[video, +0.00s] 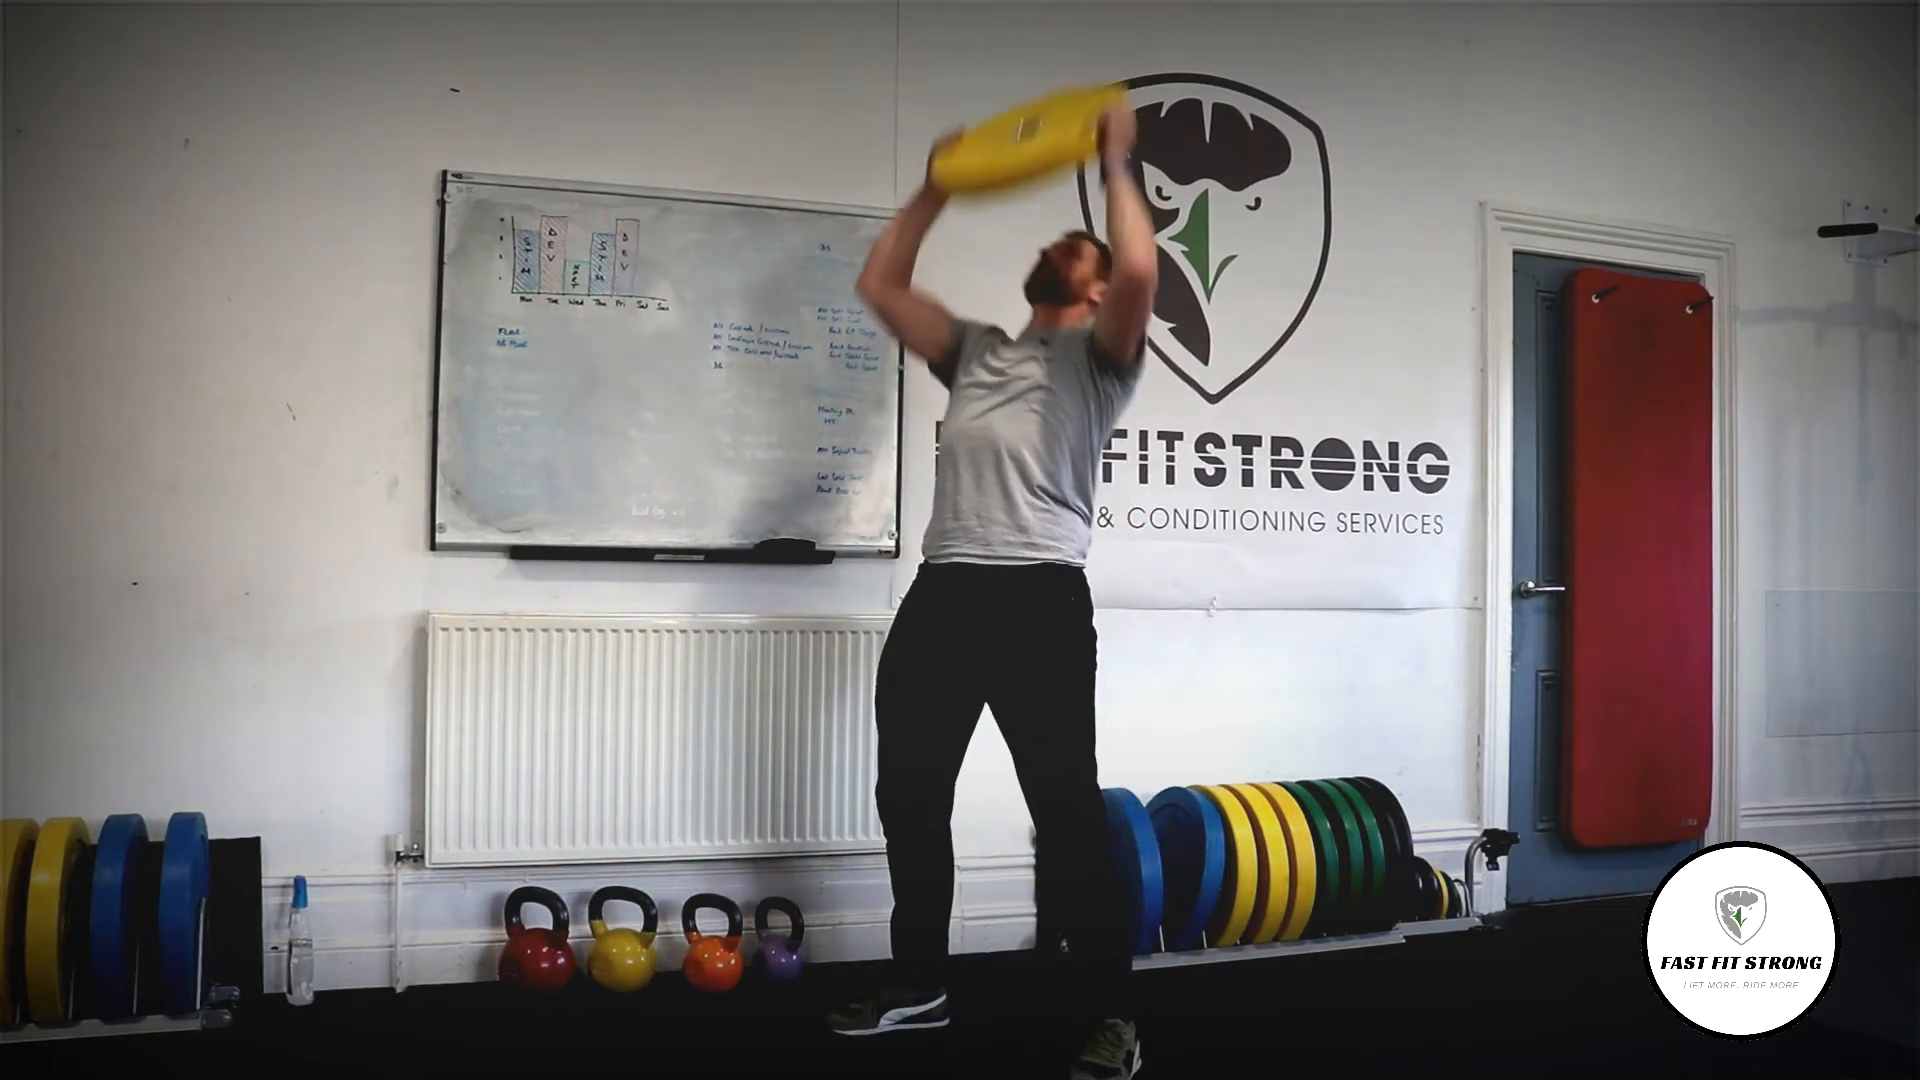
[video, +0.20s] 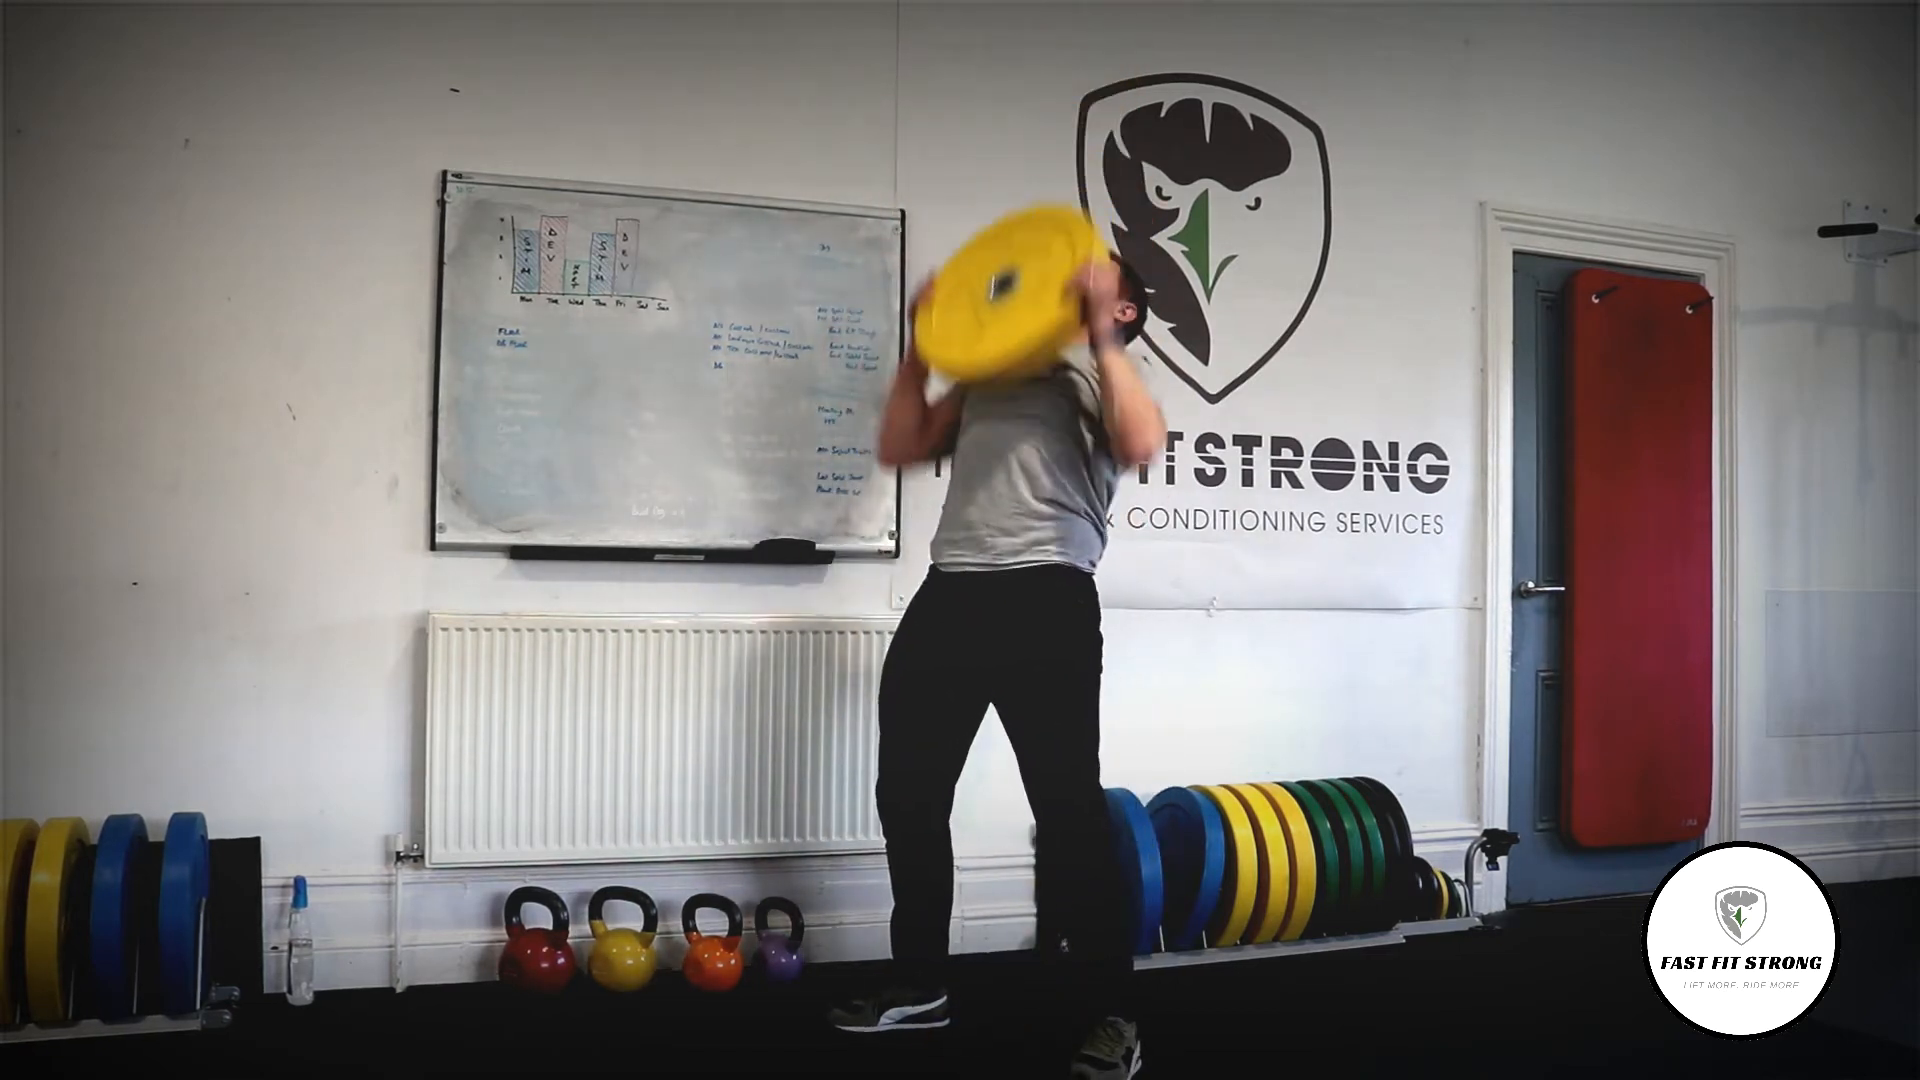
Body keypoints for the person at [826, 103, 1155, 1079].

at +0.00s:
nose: (1062, 252)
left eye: (1082, 252)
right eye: (1057, 248)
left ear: (1104, 287)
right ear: (1035, 281)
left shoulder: (1099, 360)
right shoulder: (973, 350)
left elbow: (1136, 276)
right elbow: (881, 283)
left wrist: (1117, 163)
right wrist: (934, 190)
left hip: (1041, 596)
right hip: (941, 595)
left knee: (1064, 804)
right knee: (910, 798)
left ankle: (1097, 1011)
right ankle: (919, 987)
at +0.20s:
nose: (1076, 285)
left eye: (1097, 282)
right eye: (1074, 275)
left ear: (1124, 313)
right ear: (1046, 286)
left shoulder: (1109, 381)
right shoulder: (991, 373)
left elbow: (1141, 448)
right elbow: (899, 449)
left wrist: (1103, 332)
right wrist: (918, 345)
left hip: (1047, 596)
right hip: (949, 597)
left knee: (1067, 806)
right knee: (909, 799)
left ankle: (1101, 1011)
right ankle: (921, 988)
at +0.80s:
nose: (1023, 281)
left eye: (1039, 265)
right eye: (1016, 267)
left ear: (1087, 265)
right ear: (1013, 271)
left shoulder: (1127, 339)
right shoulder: (1001, 347)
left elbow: (1166, 447)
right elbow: (953, 446)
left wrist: (1080, 460)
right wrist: (890, 474)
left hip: (1081, 596)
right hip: (987, 597)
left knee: (1090, 799)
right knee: (941, 791)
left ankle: (1108, 1008)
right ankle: (929, 982)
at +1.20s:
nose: (928, 325)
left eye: (941, 307)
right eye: (918, 309)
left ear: (987, 286)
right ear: (912, 302)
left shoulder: (1058, 358)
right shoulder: (920, 377)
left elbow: (1100, 492)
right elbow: (918, 505)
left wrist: (1088, 624)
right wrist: (898, 616)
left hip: (1089, 603)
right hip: (993, 608)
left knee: (1107, 806)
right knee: (936, 787)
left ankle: (1118, 1014)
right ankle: (917, 982)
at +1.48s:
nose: (884, 477)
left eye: (894, 458)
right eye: (872, 463)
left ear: (939, 429)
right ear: (860, 455)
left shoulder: (1030, 499)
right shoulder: (877, 530)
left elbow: (1051, 647)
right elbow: (887, 660)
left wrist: (1059, 793)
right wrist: (883, 785)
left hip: (1103, 657)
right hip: (995, 668)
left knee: (1131, 823)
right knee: (876, 780)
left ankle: (1117, 1020)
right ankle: (915, 982)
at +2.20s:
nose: (907, 370)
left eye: (925, 356)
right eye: (905, 356)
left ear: (980, 366)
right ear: (904, 368)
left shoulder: (1036, 453)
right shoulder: (903, 468)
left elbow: (1119, 568)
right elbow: (918, 580)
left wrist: (1066, 679)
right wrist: (884, 681)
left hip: (1098, 653)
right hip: (999, 657)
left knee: (1122, 834)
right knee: (884, 783)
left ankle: (1117, 1025)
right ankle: (915, 987)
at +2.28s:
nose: (933, 313)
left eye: (952, 299)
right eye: (932, 299)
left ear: (1003, 315)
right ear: (931, 316)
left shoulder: (1059, 408)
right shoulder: (924, 419)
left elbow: (1138, 526)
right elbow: (940, 529)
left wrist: (1074, 596)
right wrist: (891, 598)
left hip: (1089, 635)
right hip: (985, 637)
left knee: (1112, 821)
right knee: (891, 790)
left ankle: (1120, 1026)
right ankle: (915, 991)